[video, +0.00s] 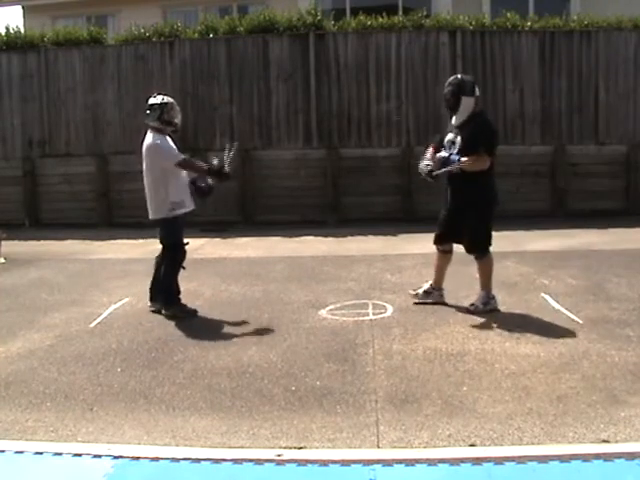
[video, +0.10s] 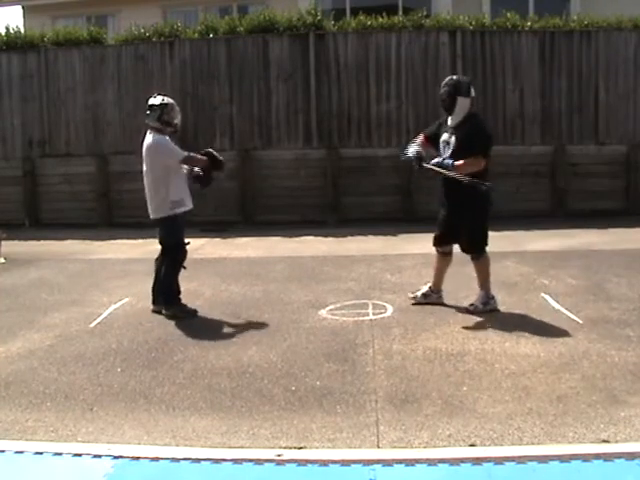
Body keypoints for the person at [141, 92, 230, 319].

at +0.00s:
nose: (175, 118)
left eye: (175, 113)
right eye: (171, 113)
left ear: (153, 116)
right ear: (163, 115)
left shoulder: (159, 139)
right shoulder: (157, 143)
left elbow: (174, 169)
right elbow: (183, 164)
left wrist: (196, 179)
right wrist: (213, 171)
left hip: (171, 207)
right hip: (167, 209)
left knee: (169, 251)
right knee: (174, 253)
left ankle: (158, 297)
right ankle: (170, 302)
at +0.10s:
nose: (175, 120)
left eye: (175, 115)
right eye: (173, 116)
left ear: (153, 117)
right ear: (166, 118)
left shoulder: (153, 140)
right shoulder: (159, 143)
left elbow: (172, 167)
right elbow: (186, 159)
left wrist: (193, 172)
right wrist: (208, 160)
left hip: (166, 207)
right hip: (169, 208)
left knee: (169, 252)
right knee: (175, 253)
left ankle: (160, 299)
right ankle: (171, 302)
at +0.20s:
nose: (175, 120)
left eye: (175, 115)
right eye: (172, 115)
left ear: (153, 116)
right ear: (165, 117)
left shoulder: (152, 139)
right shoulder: (161, 141)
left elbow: (169, 165)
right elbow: (191, 158)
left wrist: (189, 167)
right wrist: (202, 154)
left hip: (163, 207)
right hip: (169, 208)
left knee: (167, 252)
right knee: (176, 253)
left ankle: (159, 299)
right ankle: (171, 302)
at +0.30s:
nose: (176, 119)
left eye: (175, 115)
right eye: (172, 115)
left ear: (154, 116)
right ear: (165, 116)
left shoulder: (152, 138)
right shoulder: (163, 140)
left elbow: (169, 167)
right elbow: (196, 156)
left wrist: (188, 166)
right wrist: (199, 155)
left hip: (163, 206)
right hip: (170, 207)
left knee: (168, 251)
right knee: (179, 252)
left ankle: (160, 299)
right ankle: (171, 301)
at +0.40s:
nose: (177, 120)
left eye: (176, 116)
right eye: (174, 116)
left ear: (154, 116)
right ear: (168, 117)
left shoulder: (150, 138)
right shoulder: (165, 138)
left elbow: (166, 167)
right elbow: (200, 152)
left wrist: (186, 167)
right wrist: (204, 151)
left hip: (159, 206)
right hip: (173, 206)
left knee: (166, 251)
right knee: (181, 251)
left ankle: (160, 299)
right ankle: (177, 301)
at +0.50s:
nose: (177, 119)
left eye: (177, 116)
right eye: (176, 115)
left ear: (156, 115)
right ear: (168, 115)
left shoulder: (151, 138)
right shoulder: (162, 134)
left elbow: (162, 171)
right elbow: (193, 123)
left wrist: (184, 176)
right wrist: (213, 127)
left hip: (162, 206)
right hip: (172, 205)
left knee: (165, 253)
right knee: (186, 252)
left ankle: (159, 299)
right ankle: (190, 302)